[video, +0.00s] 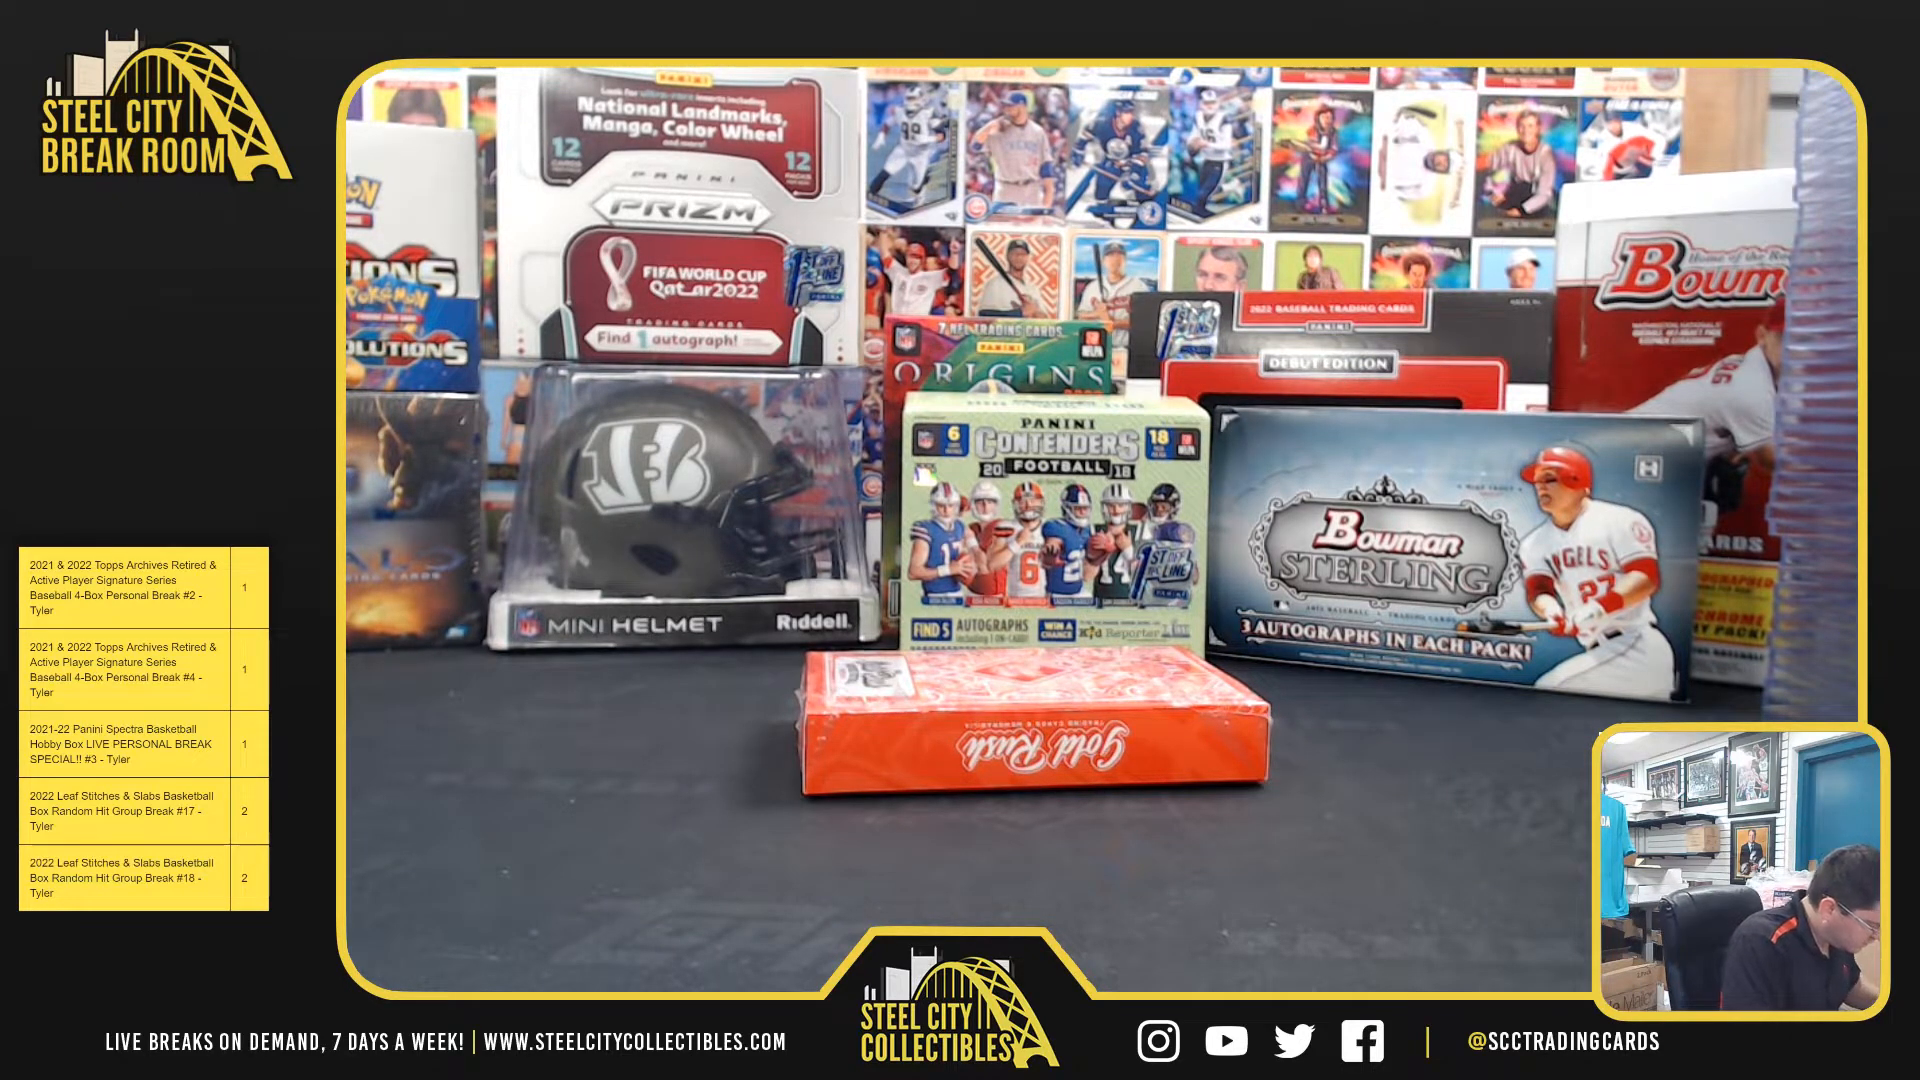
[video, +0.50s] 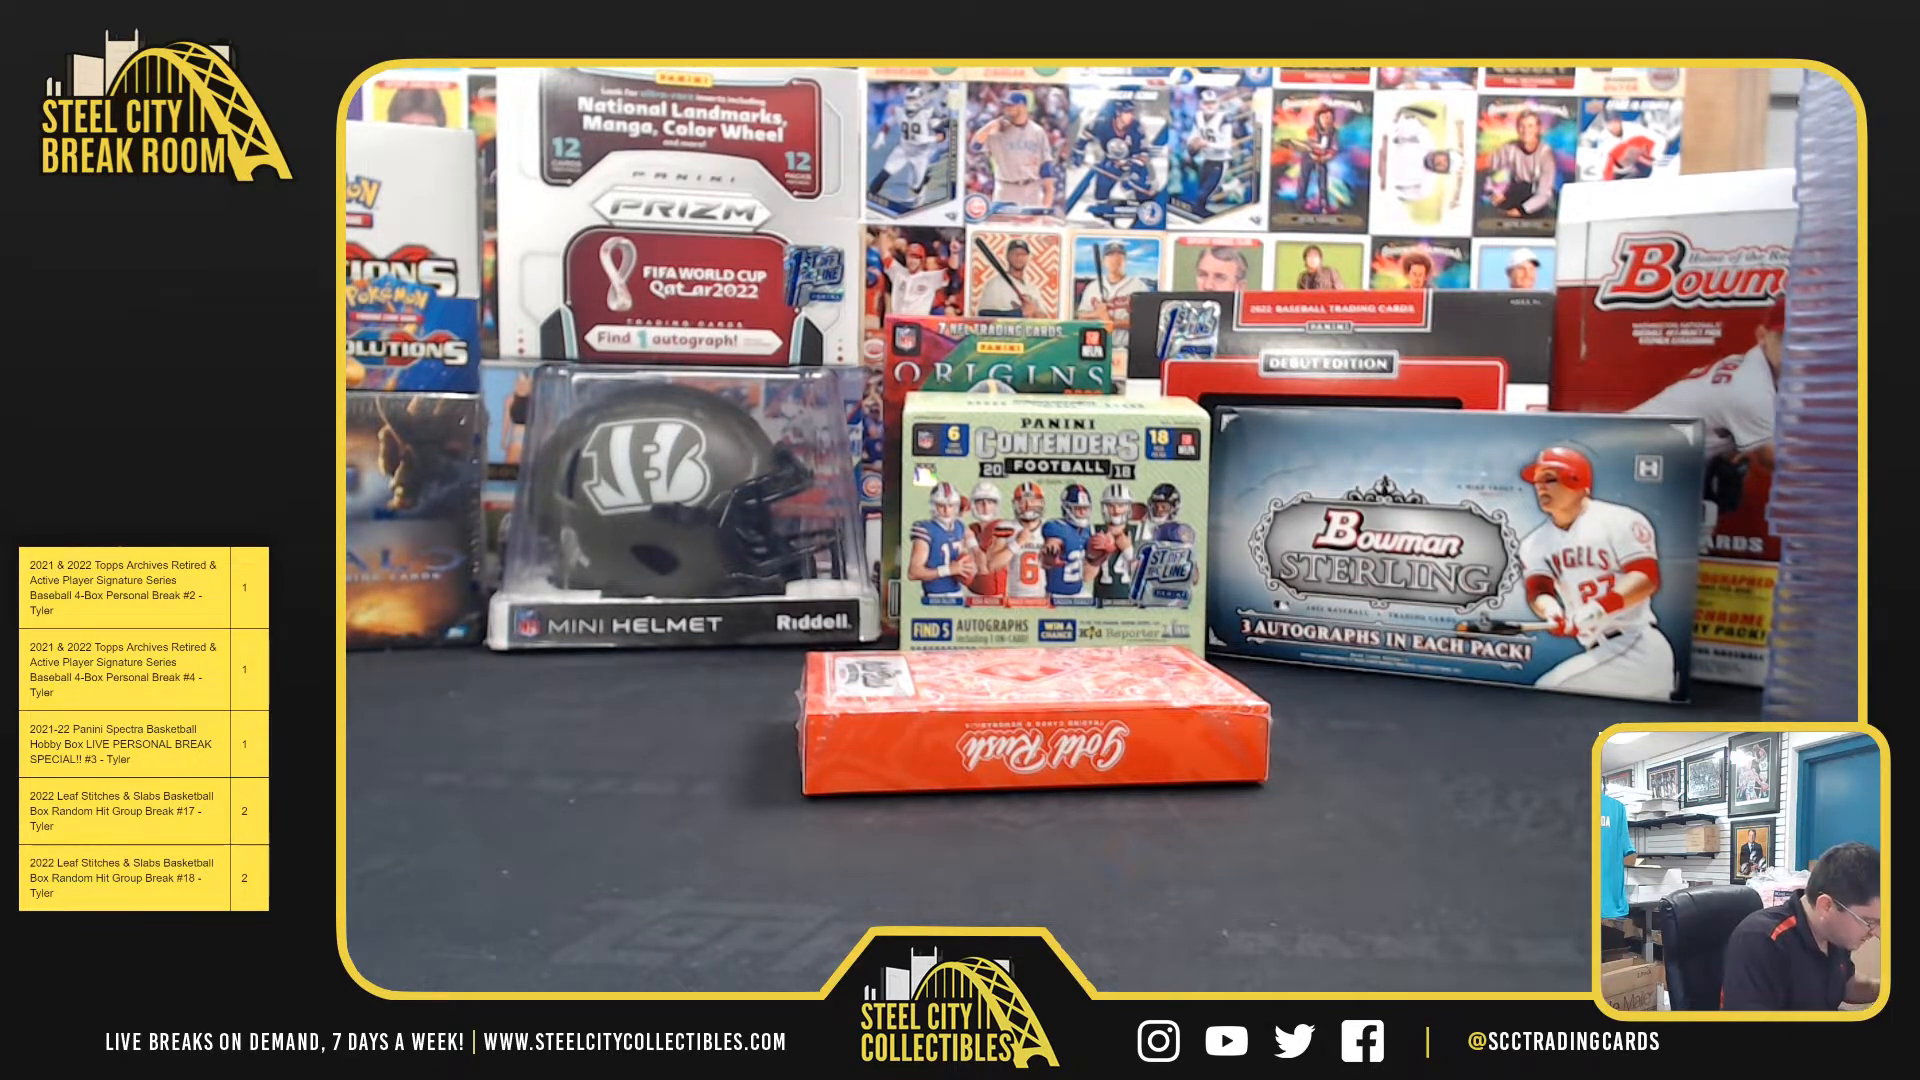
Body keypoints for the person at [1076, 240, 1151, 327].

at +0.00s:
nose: (1115, 260)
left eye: (1119, 255)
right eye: (1111, 255)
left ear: (1124, 260)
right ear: (1104, 260)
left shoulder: (1137, 286)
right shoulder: (1093, 287)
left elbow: (1144, 318)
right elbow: (1081, 315)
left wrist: (1114, 323)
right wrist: (1099, 314)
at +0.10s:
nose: (1115, 260)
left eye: (1119, 255)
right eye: (1111, 255)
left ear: (1124, 260)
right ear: (1104, 260)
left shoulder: (1137, 286)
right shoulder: (1093, 287)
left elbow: (1144, 318)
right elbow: (1081, 315)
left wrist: (1114, 323)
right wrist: (1099, 314)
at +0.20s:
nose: (1115, 260)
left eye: (1119, 255)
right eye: (1111, 255)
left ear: (1124, 260)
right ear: (1104, 260)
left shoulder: (1137, 286)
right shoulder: (1093, 287)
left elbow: (1144, 318)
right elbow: (1081, 315)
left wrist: (1114, 323)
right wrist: (1099, 314)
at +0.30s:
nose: (1115, 260)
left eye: (1119, 255)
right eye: (1111, 255)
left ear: (1124, 260)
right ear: (1104, 260)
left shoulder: (1137, 286)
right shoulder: (1093, 287)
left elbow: (1144, 318)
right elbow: (1081, 315)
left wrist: (1114, 323)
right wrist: (1099, 314)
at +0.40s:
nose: (1115, 260)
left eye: (1119, 255)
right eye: (1111, 255)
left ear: (1124, 260)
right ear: (1104, 260)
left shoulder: (1137, 286)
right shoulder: (1093, 287)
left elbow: (1144, 318)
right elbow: (1081, 315)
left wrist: (1114, 323)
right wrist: (1099, 314)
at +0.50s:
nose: (1115, 260)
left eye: (1119, 255)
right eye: (1111, 255)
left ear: (1125, 260)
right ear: (1103, 260)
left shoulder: (1137, 286)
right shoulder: (1093, 287)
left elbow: (1143, 319)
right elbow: (1081, 315)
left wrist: (1114, 323)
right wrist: (1098, 314)